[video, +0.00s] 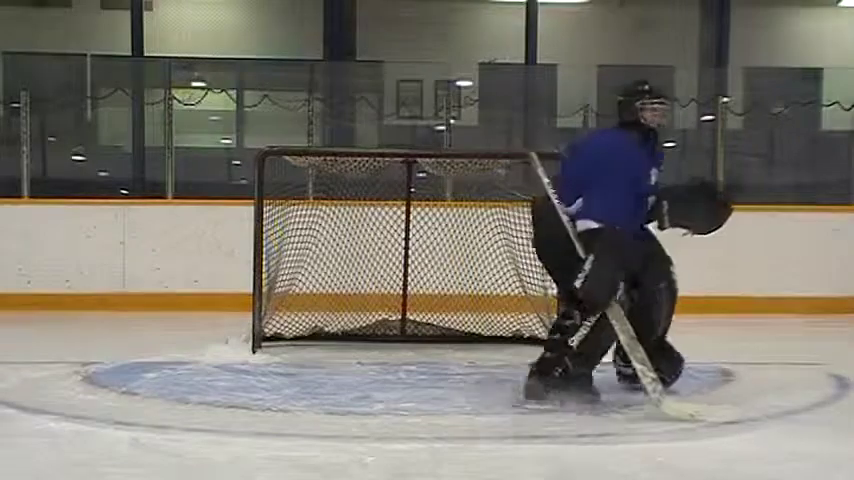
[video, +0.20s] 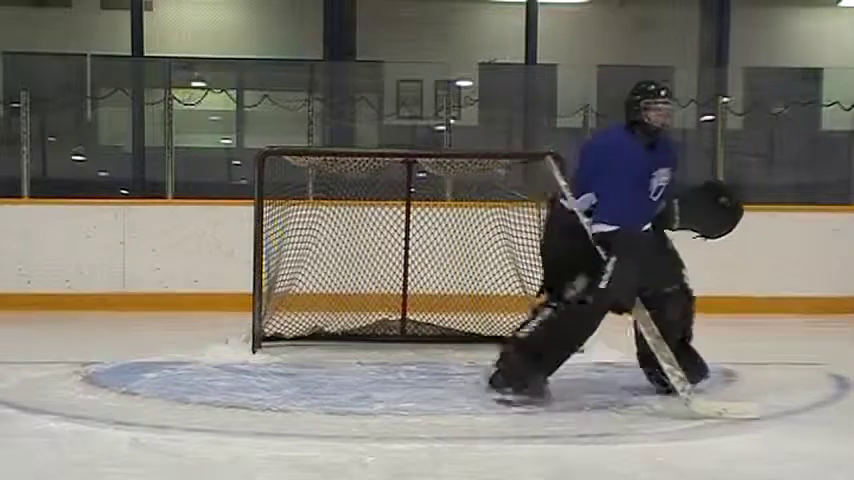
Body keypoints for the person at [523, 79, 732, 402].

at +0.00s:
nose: (659, 117)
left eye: (662, 111)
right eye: (653, 110)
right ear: (633, 112)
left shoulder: (652, 149)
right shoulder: (608, 144)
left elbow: (639, 198)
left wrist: (666, 207)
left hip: (634, 230)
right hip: (599, 228)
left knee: (659, 286)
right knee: (604, 298)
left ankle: (639, 361)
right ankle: (568, 369)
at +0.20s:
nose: (662, 118)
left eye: (666, 111)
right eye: (655, 110)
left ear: (669, 113)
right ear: (636, 112)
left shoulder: (663, 150)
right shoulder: (608, 147)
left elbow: (651, 207)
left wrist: (690, 210)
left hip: (642, 237)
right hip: (599, 238)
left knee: (671, 296)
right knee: (585, 306)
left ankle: (668, 364)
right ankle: (520, 367)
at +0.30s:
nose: (648, 120)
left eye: (655, 114)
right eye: (641, 113)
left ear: (663, 120)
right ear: (627, 115)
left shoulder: (665, 153)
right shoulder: (611, 151)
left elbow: (656, 209)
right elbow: (615, 209)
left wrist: (681, 220)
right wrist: (630, 256)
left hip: (628, 236)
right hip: (583, 234)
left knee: (662, 296)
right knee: (565, 299)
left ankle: (675, 372)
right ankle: (503, 363)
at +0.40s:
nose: (629, 127)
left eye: (636, 121)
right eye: (623, 119)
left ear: (646, 124)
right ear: (611, 122)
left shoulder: (653, 159)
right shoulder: (595, 156)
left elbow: (653, 211)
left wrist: (678, 228)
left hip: (627, 251)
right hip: (583, 251)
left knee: (656, 308)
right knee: (548, 316)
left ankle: (684, 374)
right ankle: (491, 365)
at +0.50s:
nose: (601, 141)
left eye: (609, 133)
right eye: (594, 133)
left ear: (621, 137)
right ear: (584, 137)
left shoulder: (640, 175)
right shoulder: (572, 174)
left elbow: (646, 225)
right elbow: (555, 237)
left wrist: (659, 241)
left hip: (605, 259)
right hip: (559, 258)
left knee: (637, 312)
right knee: (538, 325)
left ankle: (673, 374)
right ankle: (476, 364)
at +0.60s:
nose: (556, 150)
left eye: (564, 143)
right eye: (553, 142)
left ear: (581, 147)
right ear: (549, 147)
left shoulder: (609, 182)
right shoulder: (537, 187)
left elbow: (625, 225)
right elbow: (495, 235)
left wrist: (636, 255)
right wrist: (478, 277)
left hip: (587, 276)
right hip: (534, 279)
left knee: (619, 321)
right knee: (514, 347)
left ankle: (675, 372)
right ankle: (458, 359)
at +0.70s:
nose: (504, 157)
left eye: (512, 150)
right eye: (499, 150)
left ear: (530, 151)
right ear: (495, 154)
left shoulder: (558, 183)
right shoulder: (482, 193)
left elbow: (580, 233)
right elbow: (440, 237)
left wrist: (587, 269)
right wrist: (413, 279)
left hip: (554, 288)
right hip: (501, 292)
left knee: (581, 328)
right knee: (471, 373)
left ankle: (666, 363)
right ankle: (430, 348)